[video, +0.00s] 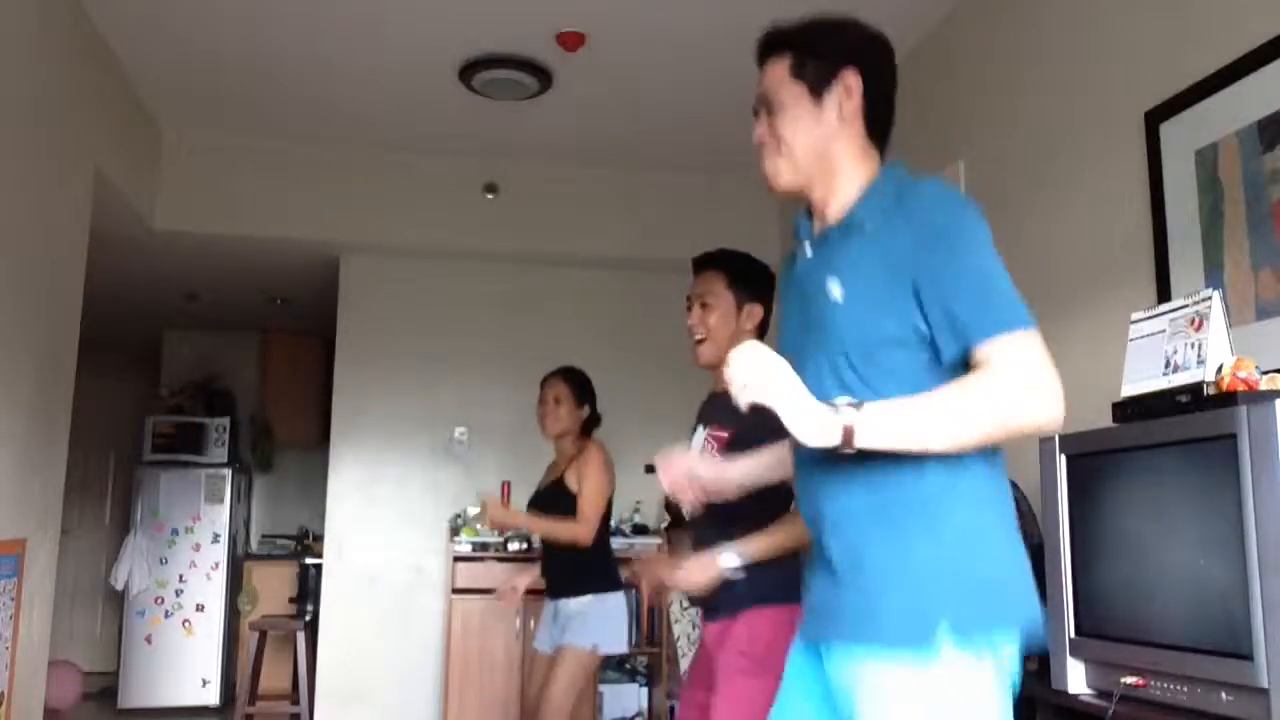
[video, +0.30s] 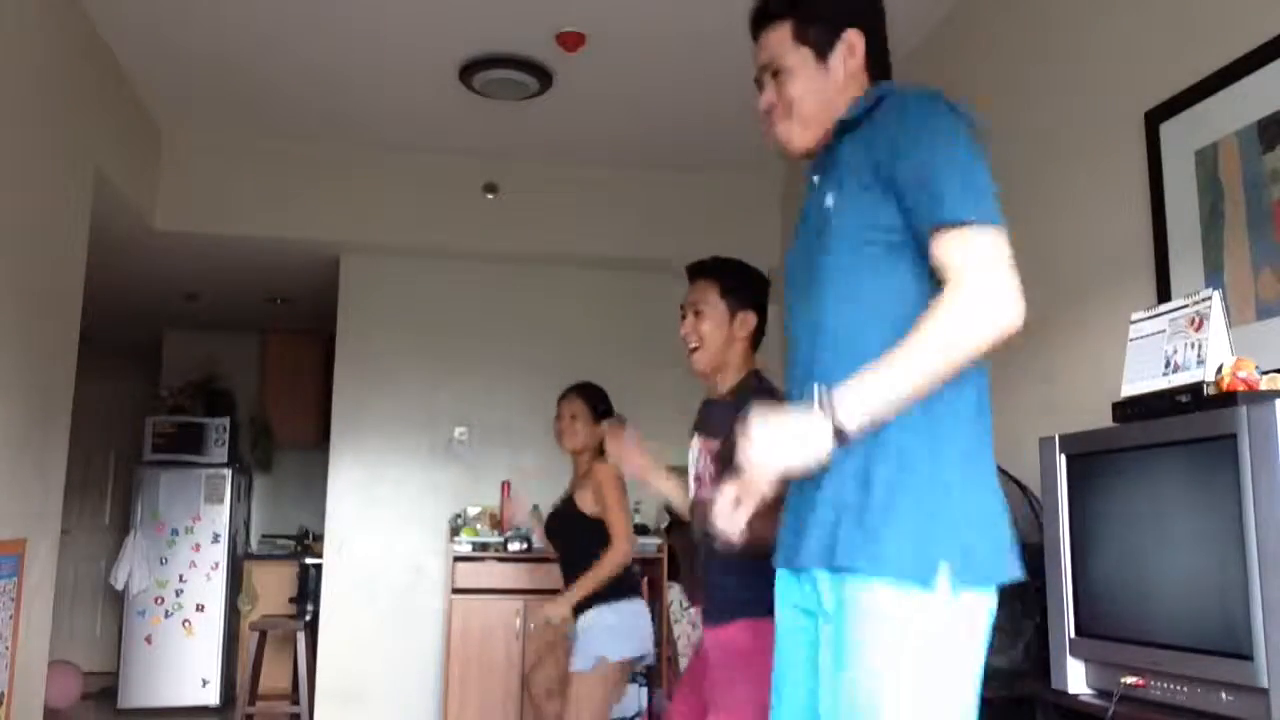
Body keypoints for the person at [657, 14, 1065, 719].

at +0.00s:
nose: (756, 133)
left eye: (770, 107)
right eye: (757, 113)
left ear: (844, 97)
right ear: (838, 102)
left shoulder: (929, 216)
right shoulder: (804, 260)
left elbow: (1031, 392)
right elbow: (833, 431)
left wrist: (838, 422)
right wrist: (729, 475)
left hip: (938, 626)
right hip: (833, 617)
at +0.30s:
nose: (764, 101)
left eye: (776, 74)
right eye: (759, 83)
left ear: (848, 56)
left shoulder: (913, 122)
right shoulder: (822, 184)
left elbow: (991, 296)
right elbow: (838, 368)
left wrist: (827, 420)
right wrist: (768, 470)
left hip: (911, 554)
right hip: (816, 549)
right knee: (806, 709)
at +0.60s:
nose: (761, 111)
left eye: (776, 83)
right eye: (761, 91)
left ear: (846, 67)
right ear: (841, 71)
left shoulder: (905, 149)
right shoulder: (823, 210)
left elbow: (1033, 300)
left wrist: (864, 412)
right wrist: (765, 447)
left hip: (909, 587)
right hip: (823, 581)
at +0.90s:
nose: (779, 133)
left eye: (793, 107)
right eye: (779, 115)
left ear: (869, 97)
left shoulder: (934, 209)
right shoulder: (829, 266)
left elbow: (1033, 407)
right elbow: (849, 446)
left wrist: (815, 405)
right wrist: (751, 413)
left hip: (932, 654)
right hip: (827, 633)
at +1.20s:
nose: (760, 119)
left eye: (777, 93)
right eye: (762, 99)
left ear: (851, 89)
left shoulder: (893, 178)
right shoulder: (817, 226)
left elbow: (1002, 358)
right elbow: (850, 433)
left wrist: (845, 501)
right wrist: (740, 464)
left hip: (882, 624)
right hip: (807, 609)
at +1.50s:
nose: (760, 74)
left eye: (772, 47)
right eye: (759, 55)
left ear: (847, 35)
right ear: (840, 39)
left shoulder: (902, 119)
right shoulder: (812, 178)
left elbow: (1011, 299)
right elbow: (861, 398)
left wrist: (870, 462)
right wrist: (762, 466)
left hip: (915, 579)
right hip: (815, 575)